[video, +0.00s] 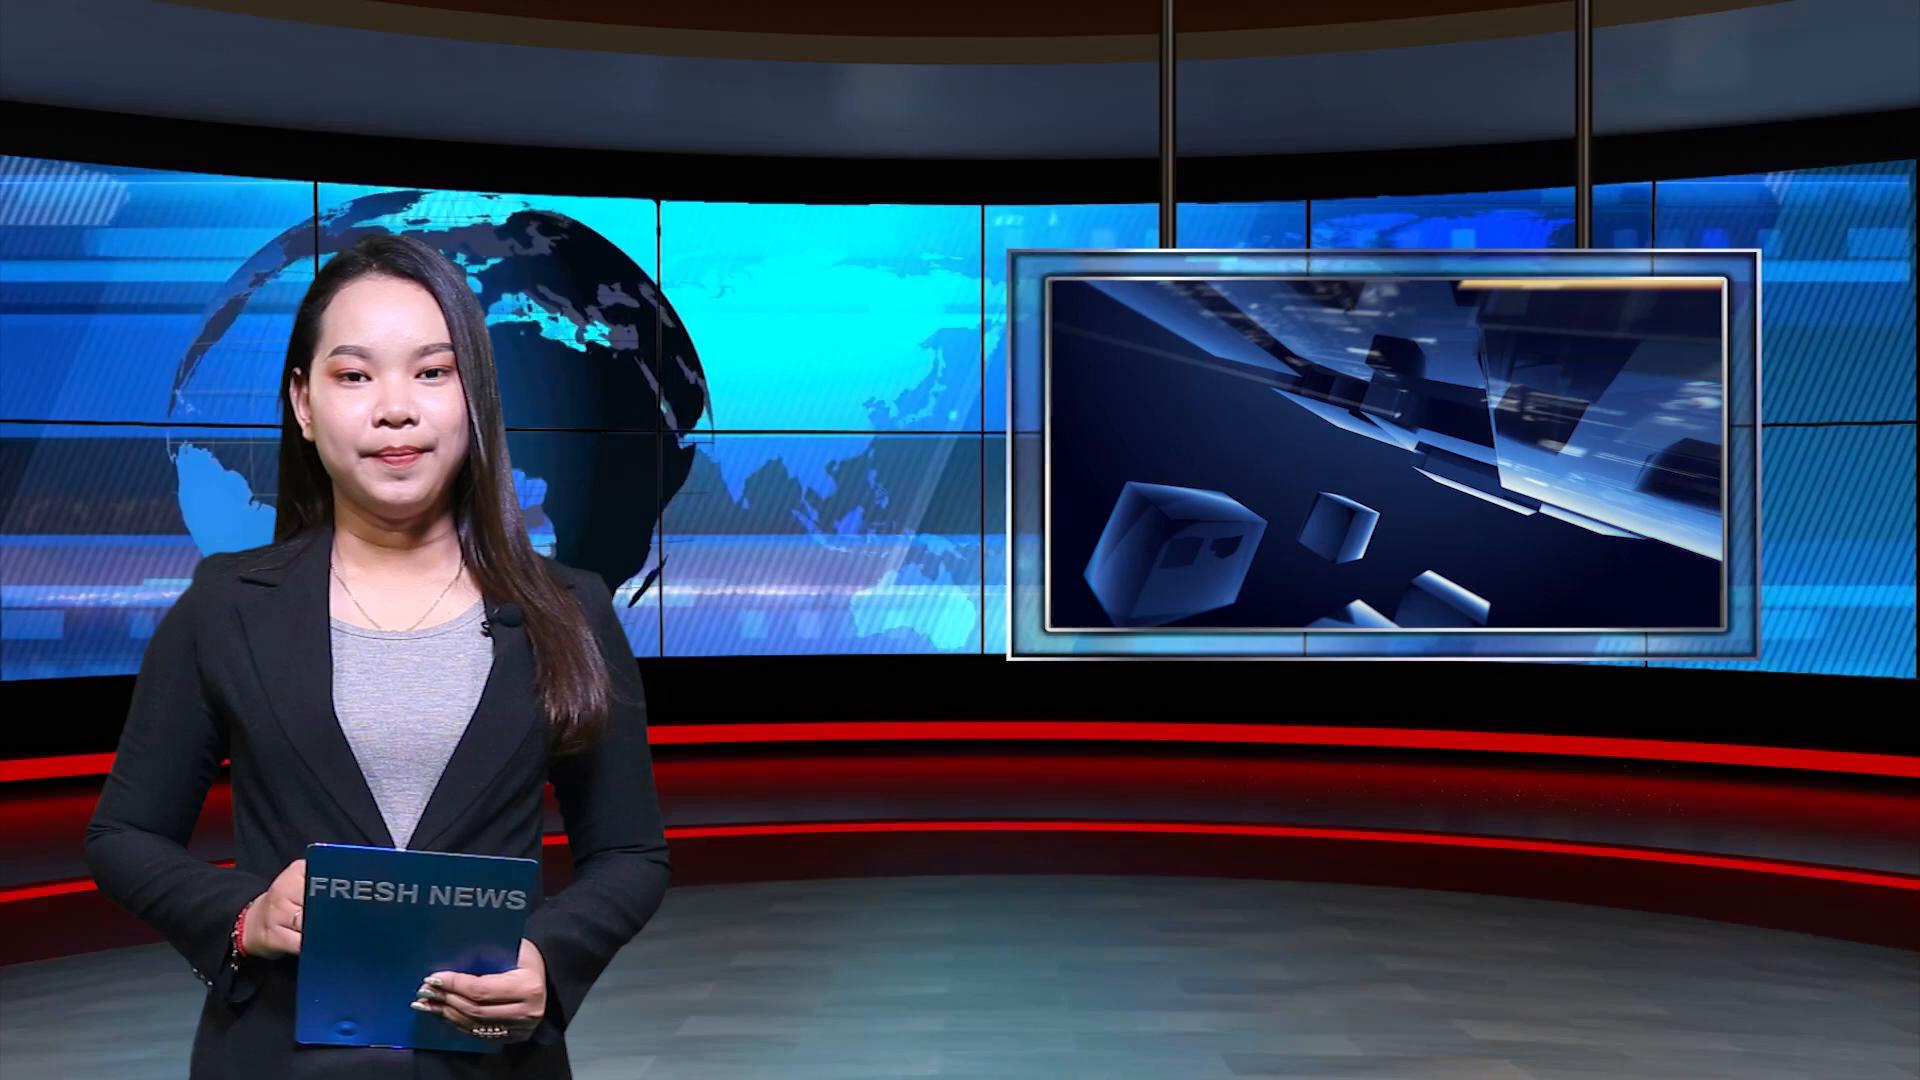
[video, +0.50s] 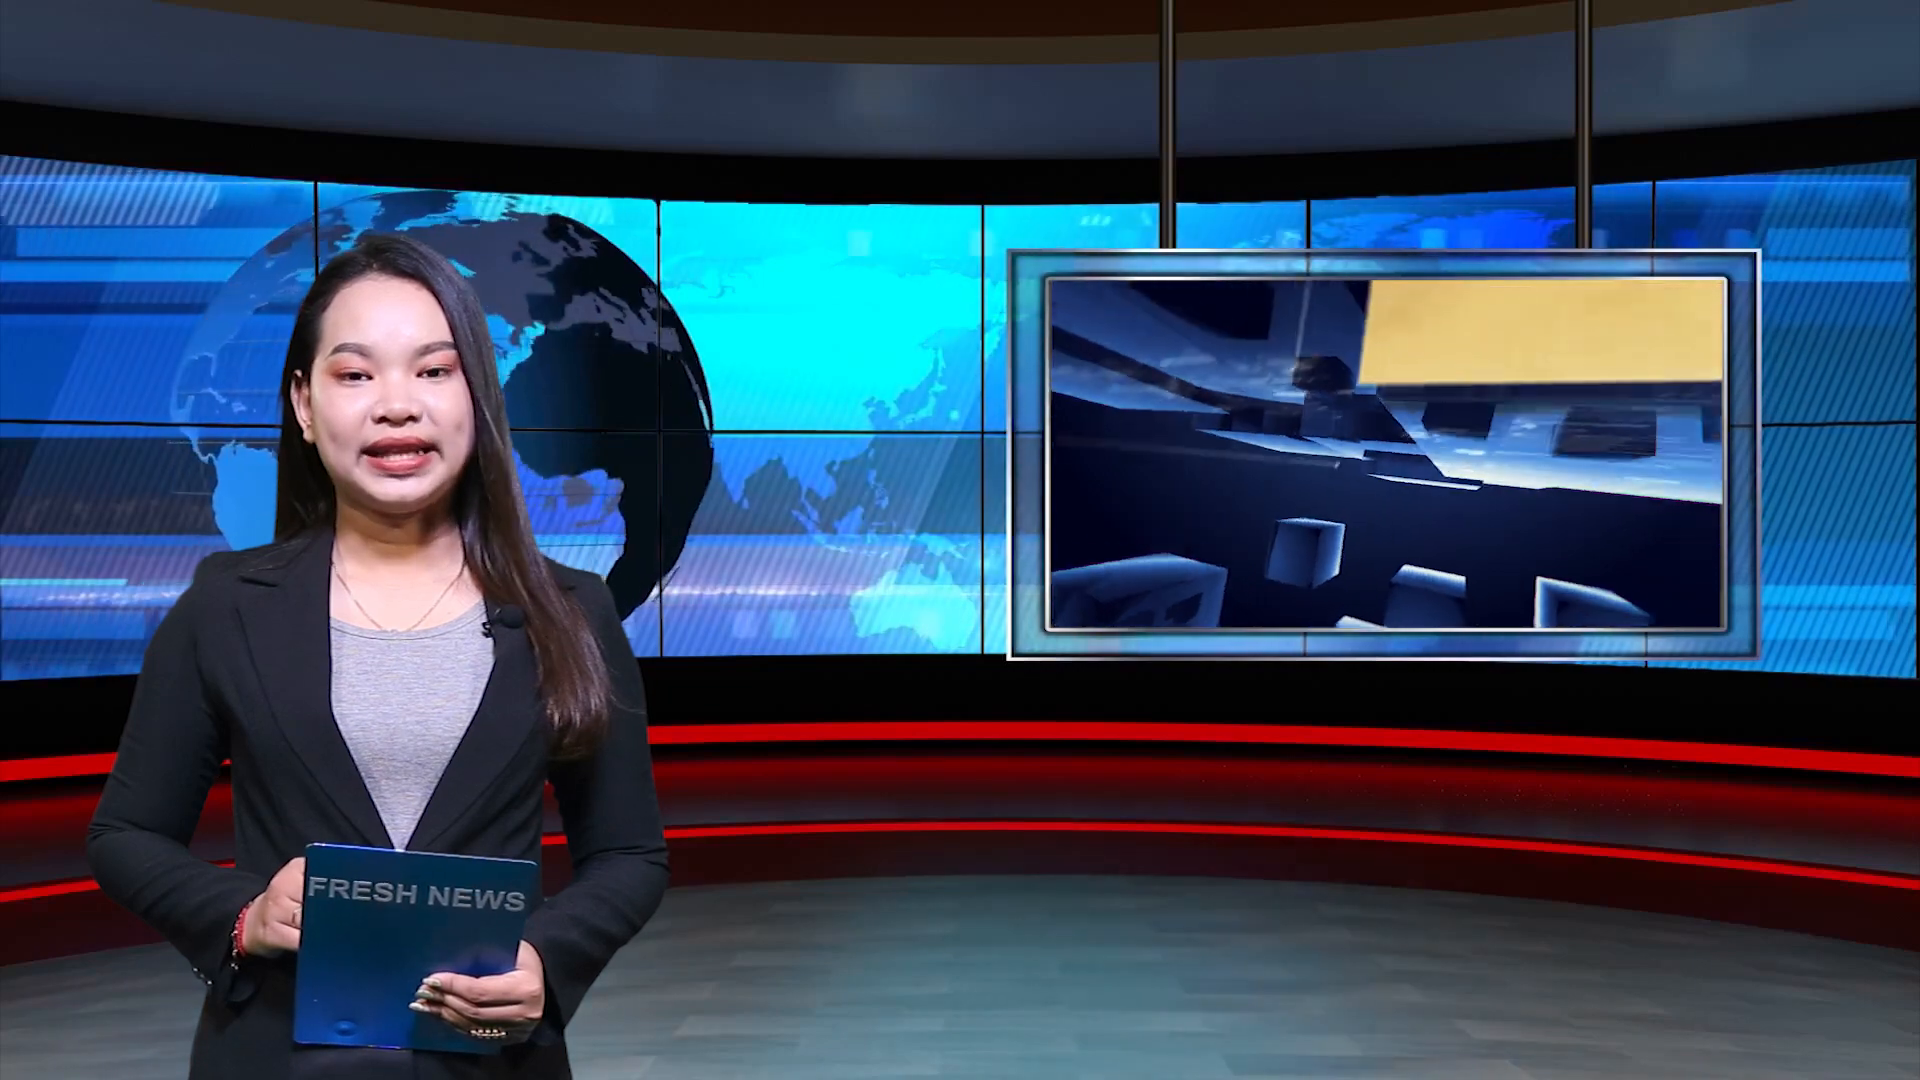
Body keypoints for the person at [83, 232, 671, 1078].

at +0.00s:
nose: (395, 408)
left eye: (430, 371)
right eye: (353, 374)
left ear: (474, 398)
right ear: (303, 404)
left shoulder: (566, 611)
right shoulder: (226, 607)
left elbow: (630, 855)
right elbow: (124, 837)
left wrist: (545, 962)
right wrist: (244, 912)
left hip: (493, 1049)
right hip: (277, 1051)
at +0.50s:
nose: (397, 404)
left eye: (431, 369)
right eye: (354, 373)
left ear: (476, 396)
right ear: (304, 405)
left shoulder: (568, 613)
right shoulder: (227, 608)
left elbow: (629, 856)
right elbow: (126, 836)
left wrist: (544, 964)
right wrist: (241, 911)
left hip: (493, 1050)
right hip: (276, 1053)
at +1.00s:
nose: (396, 407)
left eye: (430, 371)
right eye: (354, 375)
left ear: (472, 398)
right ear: (301, 406)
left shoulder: (563, 612)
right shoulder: (224, 609)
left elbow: (625, 856)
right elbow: (124, 833)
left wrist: (540, 962)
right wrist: (232, 907)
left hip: (490, 1048)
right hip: (274, 1052)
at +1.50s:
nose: (401, 407)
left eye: (435, 372)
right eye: (358, 375)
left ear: (474, 400)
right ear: (302, 405)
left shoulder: (563, 612)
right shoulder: (223, 614)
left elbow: (626, 855)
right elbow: (126, 832)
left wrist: (539, 960)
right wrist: (227, 917)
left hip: (490, 1051)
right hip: (274, 1055)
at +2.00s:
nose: (387, 405)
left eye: (422, 370)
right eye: (344, 374)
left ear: (469, 395)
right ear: (298, 407)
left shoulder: (561, 612)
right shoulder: (224, 612)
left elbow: (620, 854)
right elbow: (130, 835)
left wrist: (539, 960)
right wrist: (227, 915)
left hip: (489, 1051)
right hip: (275, 1054)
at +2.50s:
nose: (393, 410)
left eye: (427, 374)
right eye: (351, 377)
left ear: (470, 400)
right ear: (301, 408)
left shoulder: (564, 615)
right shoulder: (226, 612)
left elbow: (620, 855)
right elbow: (129, 835)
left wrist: (543, 960)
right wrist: (229, 916)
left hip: (491, 1051)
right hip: (276, 1054)